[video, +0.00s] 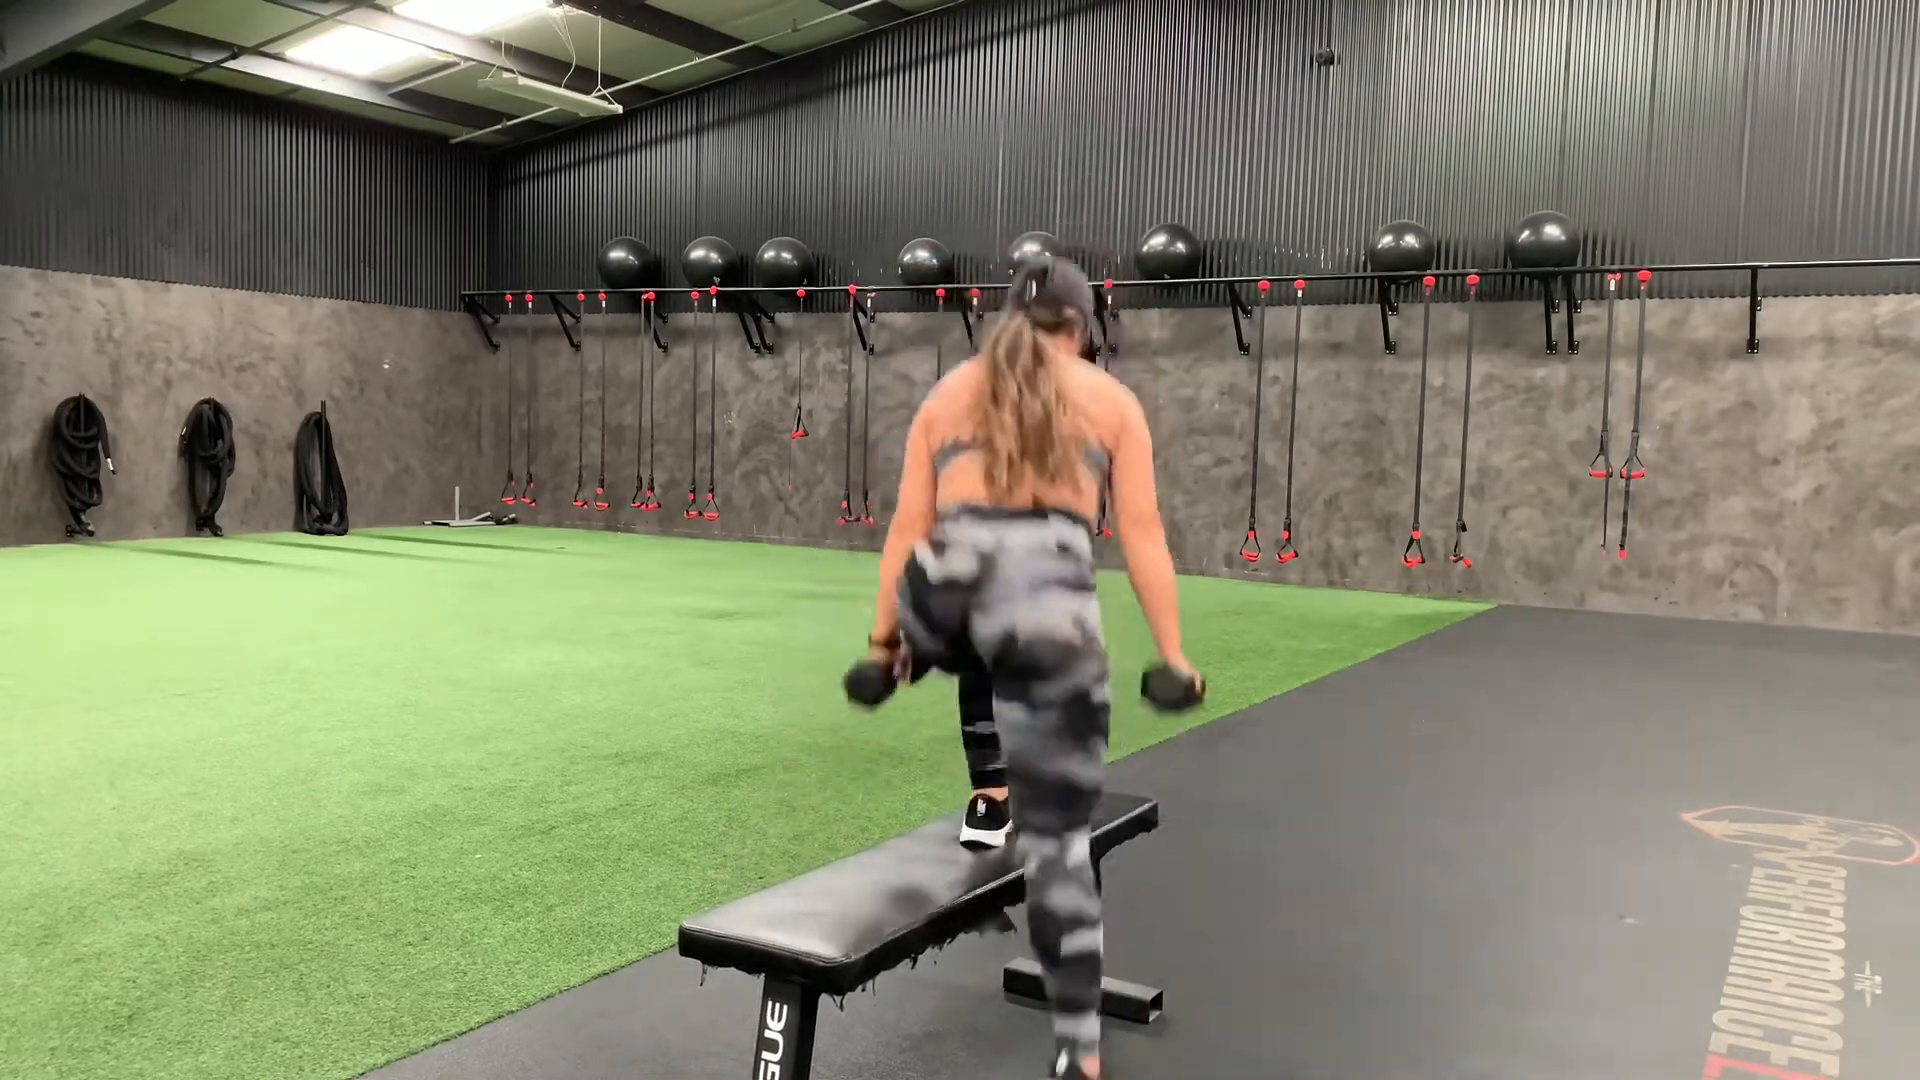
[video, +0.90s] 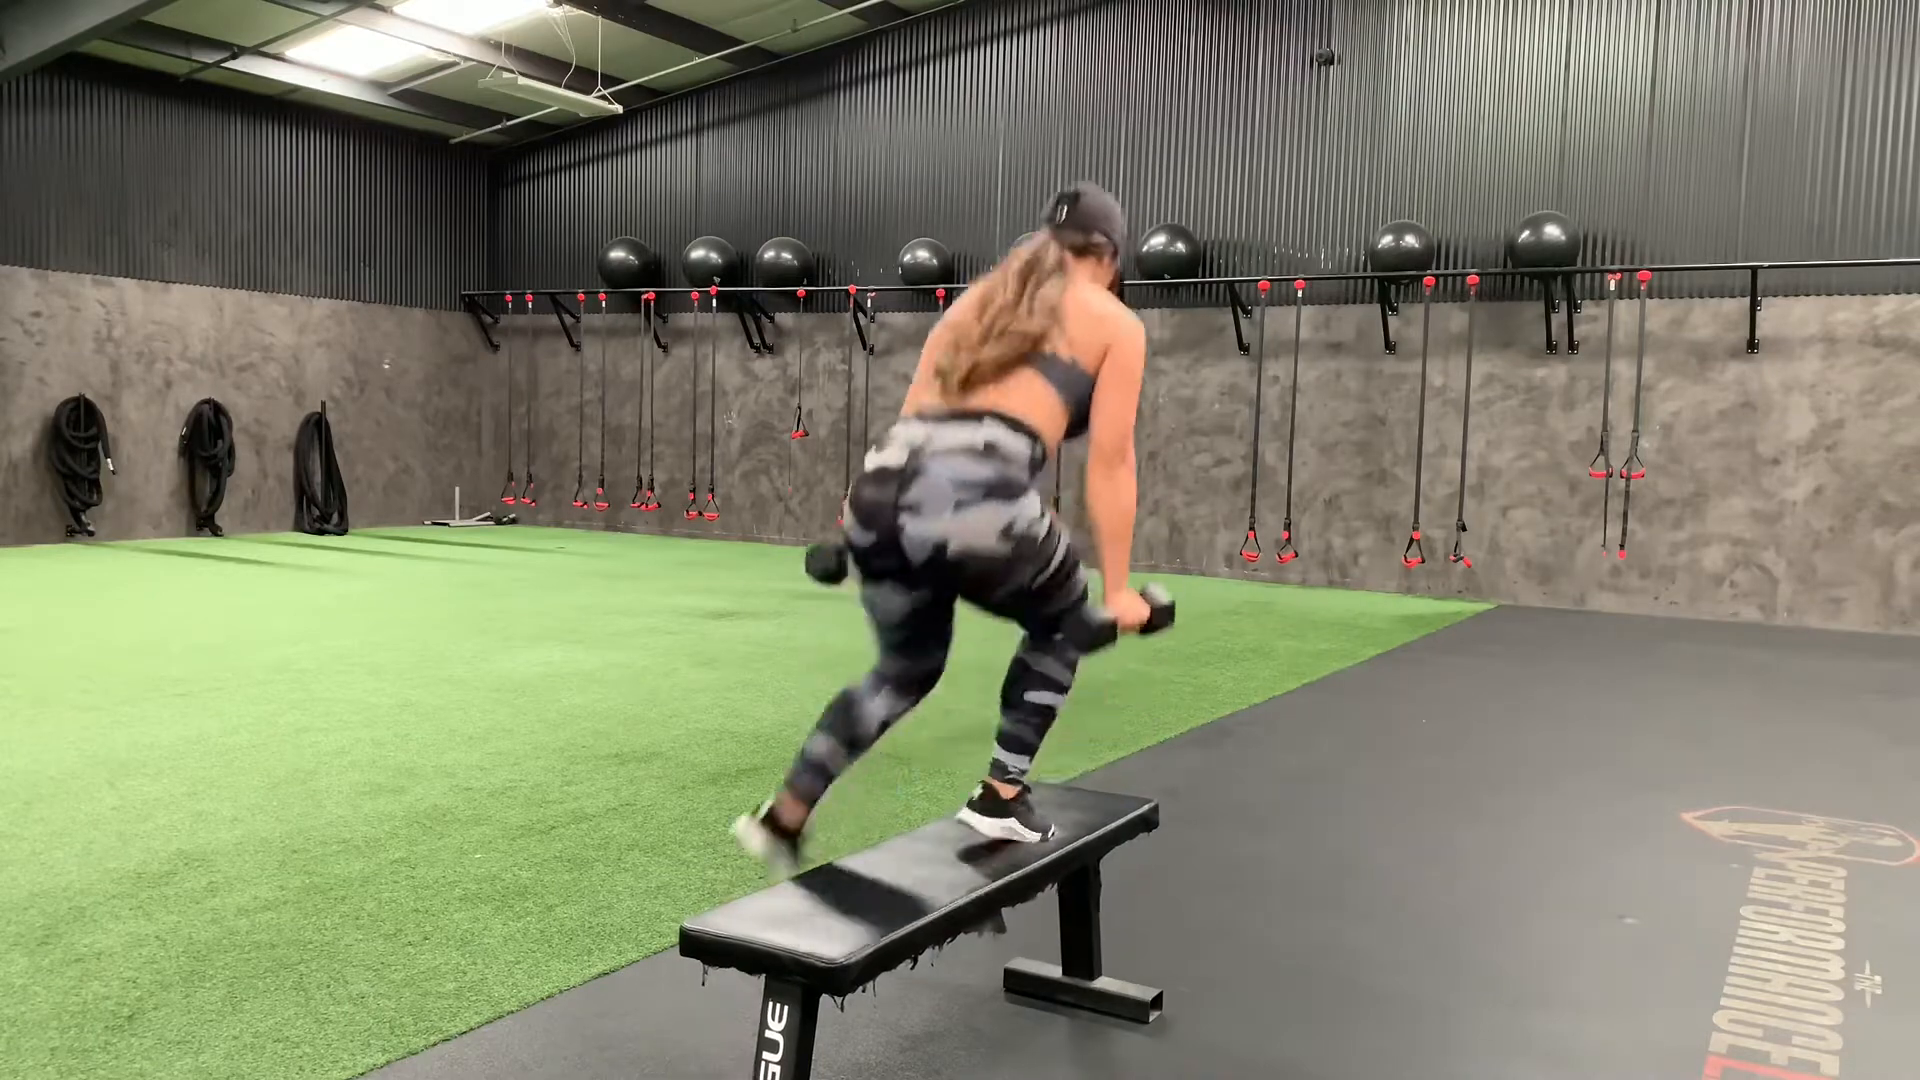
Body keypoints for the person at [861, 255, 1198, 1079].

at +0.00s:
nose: (1088, 339)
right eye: (1087, 328)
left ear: (1007, 318)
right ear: (1077, 326)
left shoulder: (949, 392)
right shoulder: (1110, 400)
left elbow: (909, 525)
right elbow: (1141, 532)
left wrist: (886, 633)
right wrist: (1172, 652)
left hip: (947, 580)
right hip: (1050, 589)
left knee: (950, 645)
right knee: (1055, 832)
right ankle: (1080, 1049)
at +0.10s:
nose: (1098, 279)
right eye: (1099, 267)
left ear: (1020, 250)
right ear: (1090, 263)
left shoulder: (953, 320)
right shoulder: (1110, 328)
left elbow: (913, 446)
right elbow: (1133, 460)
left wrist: (893, 562)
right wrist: (1160, 580)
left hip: (924, 504)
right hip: (1026, 505)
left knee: (983, 631)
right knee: (1064, 727)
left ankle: (993, 800)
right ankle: (1068, 933)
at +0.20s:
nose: (1098, 240)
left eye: (1096, 230)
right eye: (1100, 229)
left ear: (1029, 211)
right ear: (1091, 222)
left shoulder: (962, 266)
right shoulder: (1110, 283)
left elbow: (914, 383)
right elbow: (1128, 420)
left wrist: (882, 511)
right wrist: (1147, 536)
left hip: (901, 439)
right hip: (1005, 443)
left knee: (959, 609)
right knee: (1055, 625)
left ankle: (972, 780)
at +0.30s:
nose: (1100, 241)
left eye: (1099, 230)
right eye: (1100, 228)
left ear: (1025, 210)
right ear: (1089, 221)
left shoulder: (958, 262)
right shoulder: (1102, 278)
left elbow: (909, 383)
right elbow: (1114, 411)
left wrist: (881, 517)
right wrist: (1127, 539)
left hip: (886, 429)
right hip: (994, 434)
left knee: (946, 592)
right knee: (1042, 602)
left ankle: (880, 772)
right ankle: (999, 791)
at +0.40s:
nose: (1095, 277)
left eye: (1094, 266)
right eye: (1096, 265)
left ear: (1025, 246)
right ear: (1088, 258)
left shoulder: (956, 299)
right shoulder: (1100, 316)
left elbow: (913, 419)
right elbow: (1103, 450)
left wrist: (863, 555)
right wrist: (1111, 574)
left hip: (880, 489)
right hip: (981, 498)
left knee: (894, 657)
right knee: (1036, 631)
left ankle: (798, 827)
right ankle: (985, 802)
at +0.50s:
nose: (1085, 340)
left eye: (1085, 327)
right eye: (1085, 327)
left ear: (1014, 314)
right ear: (1077, 325)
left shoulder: (952, 371)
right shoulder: (1086, 392)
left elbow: (910, 482)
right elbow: (1089, 530)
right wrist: (1097, 659)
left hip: (858, 583)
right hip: (952, 588)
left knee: (836, 765)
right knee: (1063, 636)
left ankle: (755, 914)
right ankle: (988, 808)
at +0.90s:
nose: (1111, 277)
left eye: (1111, 264)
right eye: (1112, 264)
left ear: (1043, 246)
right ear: (1104, 257)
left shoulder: (972, 301)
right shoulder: (1113, 323)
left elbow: (912, 417)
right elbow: (1110, 462)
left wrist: (859, 514)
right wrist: (1117, 589)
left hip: (886, 493)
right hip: (979, 501)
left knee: (907, 665)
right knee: (1063, 617)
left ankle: (786, 813)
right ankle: (1002, 792)